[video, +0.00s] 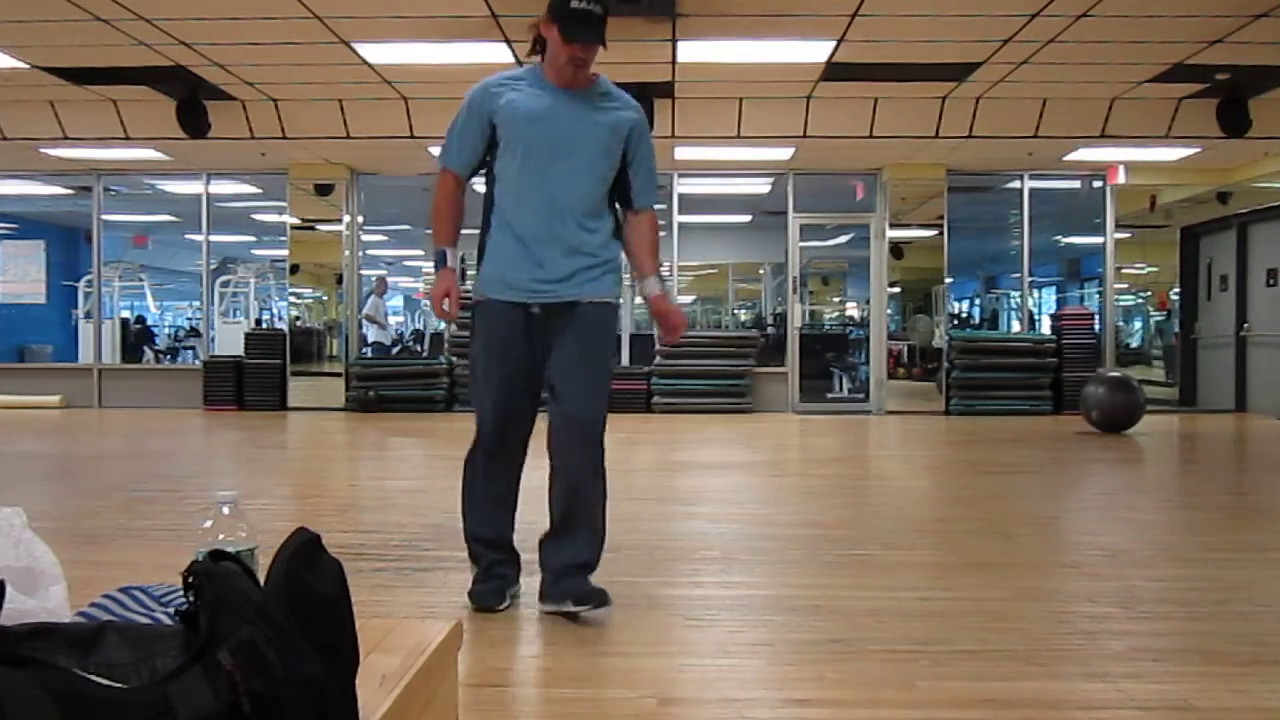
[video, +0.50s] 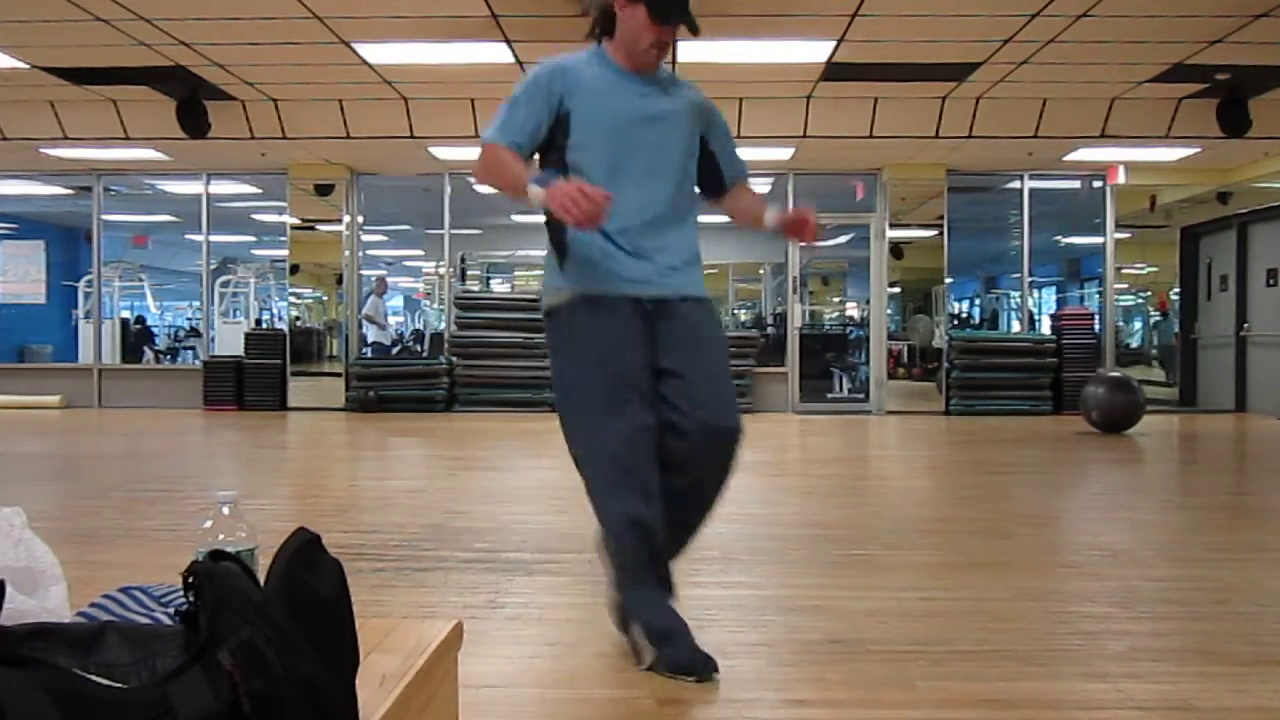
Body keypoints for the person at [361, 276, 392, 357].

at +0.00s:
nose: (386, 288)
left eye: (386, 285)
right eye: (384, 285)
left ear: (385, 286)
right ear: (378, 286)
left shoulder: (381, 301)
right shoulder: (373, 299)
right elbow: (366, 314)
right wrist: (380, 323)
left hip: (385, 338)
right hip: (377, 338)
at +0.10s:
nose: (386, 288)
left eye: (386, 285)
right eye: (384, 285)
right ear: (378, 286)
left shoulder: (381, 301)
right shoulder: (373, 299)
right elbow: (366, 314)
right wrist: (380, 323)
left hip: (385, 338)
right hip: (377, 338)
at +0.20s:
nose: (386, 288)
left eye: (386, 286)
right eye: (384, 286)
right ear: (378, 286)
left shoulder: (382, 301)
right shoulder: (373, 299)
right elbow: (366, 314)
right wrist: (380, 323)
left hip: (385, 337)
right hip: (377, 338)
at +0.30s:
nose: (386, 288)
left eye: (386, 286)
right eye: (384, 286)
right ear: (378, 286)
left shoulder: (382, 301)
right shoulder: (373, 299)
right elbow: (366, 314)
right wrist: (380, 324)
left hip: (385, 337)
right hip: (377, 337)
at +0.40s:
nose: (386, 288)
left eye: (386, 286)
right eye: (384, 286)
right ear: (378, 286)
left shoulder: (381, 301)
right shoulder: (373, 299)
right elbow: (366, 314)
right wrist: (380, 324)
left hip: (385, 337)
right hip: (377, 338)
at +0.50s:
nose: (386, 288)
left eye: (386, 286)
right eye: (384, 286)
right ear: (378, 286)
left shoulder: (381, 301)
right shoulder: (373, 299)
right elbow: (366, 314)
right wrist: (379, 323)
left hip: (385, 337)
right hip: (377, 338)